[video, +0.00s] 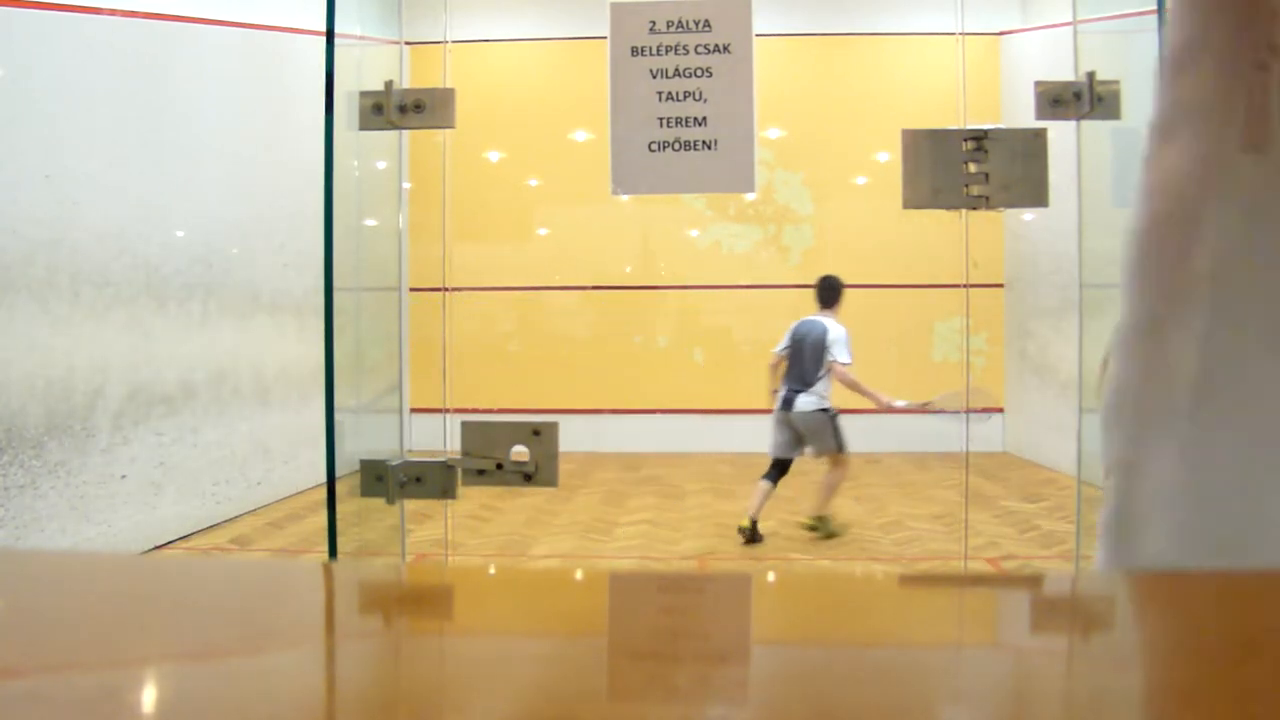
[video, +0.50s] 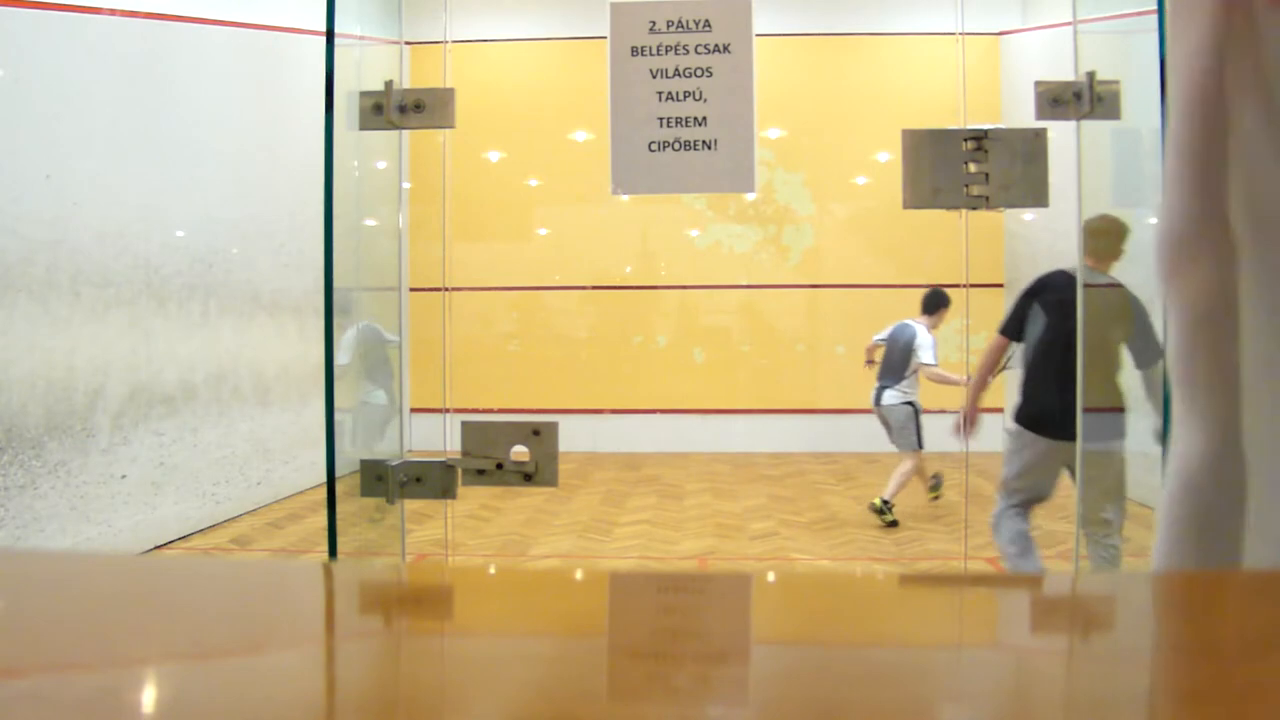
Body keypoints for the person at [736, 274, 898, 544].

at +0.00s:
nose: (839, 300)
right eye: (840, 296)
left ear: (817, 297)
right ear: (839, 298)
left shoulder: (799, 326)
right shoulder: (836, 330)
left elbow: (775, 361)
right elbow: (840, 374)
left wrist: (775, 391)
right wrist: (876, 398)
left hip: (785, 407)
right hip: (813, 409)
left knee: (778, 465)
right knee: (839, 461)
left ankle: (750, 521)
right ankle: (819, 515)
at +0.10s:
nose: (867, 301)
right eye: (867, 296)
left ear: (844, 297)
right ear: (865, 298)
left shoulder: (825, 323)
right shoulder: (858, 329)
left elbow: (805, 357)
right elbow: (860, 370)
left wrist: (819, 382)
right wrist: (901, 391)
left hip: (812, 400)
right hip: (840, 404)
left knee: (799, 458)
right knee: (862, 457)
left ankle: (763, 503)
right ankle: (870, 511)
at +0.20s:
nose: (892, 307)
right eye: (892, 303)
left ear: (869, 302)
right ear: (890, 305)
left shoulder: (848, 328)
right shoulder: (879, 334)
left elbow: (830, 359)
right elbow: (885, 375)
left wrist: (843, 384)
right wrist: (925, 390)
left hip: (835, 405)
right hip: (861, 407)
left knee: (834, 462)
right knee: (886, 457)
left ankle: (800, 486)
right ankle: (876, 513)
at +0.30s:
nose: (913, 311)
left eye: (912, 307)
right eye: (913, 307)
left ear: (891, 302)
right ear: (910, 306)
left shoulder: (867, 325)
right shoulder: (896, 332)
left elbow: (847, 354)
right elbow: (901, 371)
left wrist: (860, 378)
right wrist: (942, 385)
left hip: (851, 401)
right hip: (875, 404)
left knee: (867, 451)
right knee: (894, 457)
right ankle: (878, 510)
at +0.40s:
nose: (930, 312)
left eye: (931, 307)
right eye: (931, 307)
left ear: (909, 302)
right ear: (926, 307)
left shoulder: (885, 322)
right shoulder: (911, 330)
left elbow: (861, 347)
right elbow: (916, 369)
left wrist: (866, 374)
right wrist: (954, 381)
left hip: (866, 395)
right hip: (887, 398)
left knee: (891, 451)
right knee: (902, 454)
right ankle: (880, 504)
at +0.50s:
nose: (945, 318)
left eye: (946, 313)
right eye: (945, 313)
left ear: (924, 307)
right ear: (939, 312)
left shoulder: (901, 326)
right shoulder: (924, 336)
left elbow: (872, 344)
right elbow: (930, 373)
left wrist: (869, 359)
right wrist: (963, 380)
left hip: (881, 398)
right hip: (901, 401)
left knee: (912, 452)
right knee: (912, 457)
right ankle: (885, 501)